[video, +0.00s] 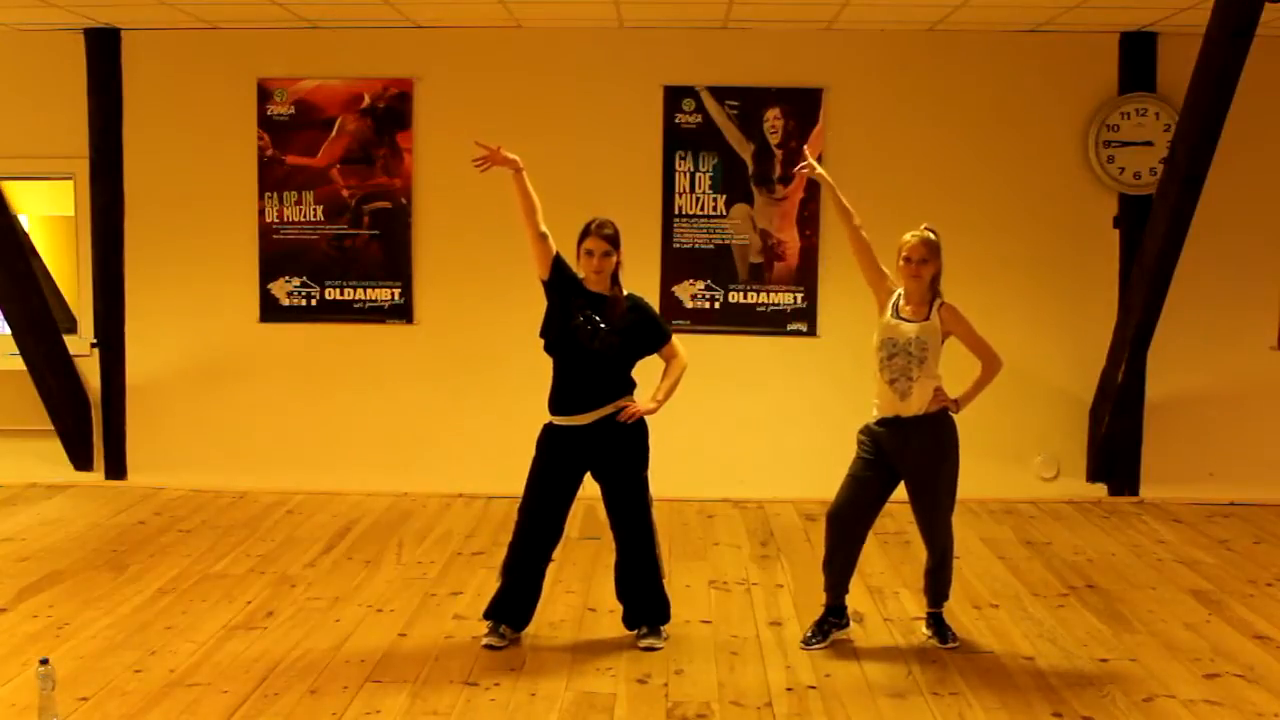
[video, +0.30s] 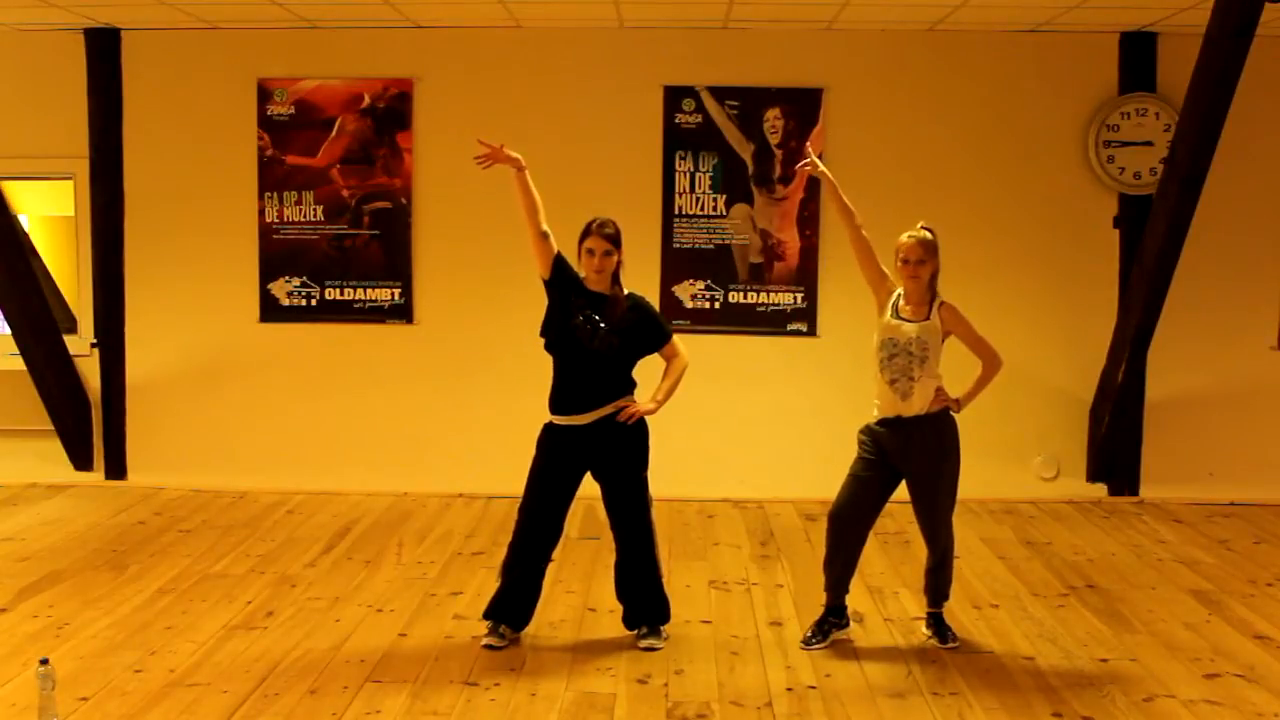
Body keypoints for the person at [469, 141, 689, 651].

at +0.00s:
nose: (595, 261)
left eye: (603, 254)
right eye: (589, 253)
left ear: (617, 259)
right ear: (578, 256)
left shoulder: (634, 311)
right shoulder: (563, 292)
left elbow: (677, 361)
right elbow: (537, 230)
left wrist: (653, 401)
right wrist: (517, 171)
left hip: (619, 432)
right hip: (563, 434)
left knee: (634, 529)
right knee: (534, 528)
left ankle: (649, 620)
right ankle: (506, 620)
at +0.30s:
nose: (596, 260)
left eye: (605, 253)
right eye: (591, 252)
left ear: (619, 258)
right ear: (580, 254)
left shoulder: (634, 310)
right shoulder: (563, 290)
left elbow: (678, 360)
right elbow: (538, 229)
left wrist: (652, 402)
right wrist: (519, 169)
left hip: (619, 432)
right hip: (563, 434)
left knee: (633, 529)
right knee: (534, 527)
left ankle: (649, 620)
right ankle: (506, 620)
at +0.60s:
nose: (597, 261)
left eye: (606, 254)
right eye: (591, 252)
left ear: (620, 259)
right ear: (581, 254)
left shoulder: (636, 311)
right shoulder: (565, 289)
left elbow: (679, 361)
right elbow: (541, 227)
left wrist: (654, 401)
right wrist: (522, 168)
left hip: (620, 432)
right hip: (564, 434)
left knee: (634, 529)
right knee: (535, 528)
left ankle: (649, 620)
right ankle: (506, 620)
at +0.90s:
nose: (598, 261)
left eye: (607, 254)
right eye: (592, 252)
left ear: (622, 259)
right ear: (582, 255)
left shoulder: (637, 312)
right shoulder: (566, 290)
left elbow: (679, 363)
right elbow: (543, 229)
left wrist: (653, 402)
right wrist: (525, 168)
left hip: (621, 432)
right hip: (565, 434)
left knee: (635, 528)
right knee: (536, 527)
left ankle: (649, 620)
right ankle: (506, 620)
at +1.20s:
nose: (598, 260)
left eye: (607, 254)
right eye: (593, 252)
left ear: (622, 259)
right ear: (583, 255)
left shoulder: (637, 312)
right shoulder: (567, 290)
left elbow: (679, 362)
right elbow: (543, 228)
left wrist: (653, 401)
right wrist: (526, 168)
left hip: (621, 432)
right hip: (565, 434)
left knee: (634, 528)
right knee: (536, 527)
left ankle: (649, 620)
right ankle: (506, 619)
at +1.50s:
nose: (598, 259)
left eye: (607, 253)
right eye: (593, 251)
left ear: (621, 258)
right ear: (583, 254)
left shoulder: (636, 311)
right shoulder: (567, 289)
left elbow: (680, 361)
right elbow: (543, 228)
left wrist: (653, 401)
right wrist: (526, 167)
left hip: (621, 432)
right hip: (565, 433)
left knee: (634, 529)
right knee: (536, 527)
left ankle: (648, 620)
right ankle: (506, 619)